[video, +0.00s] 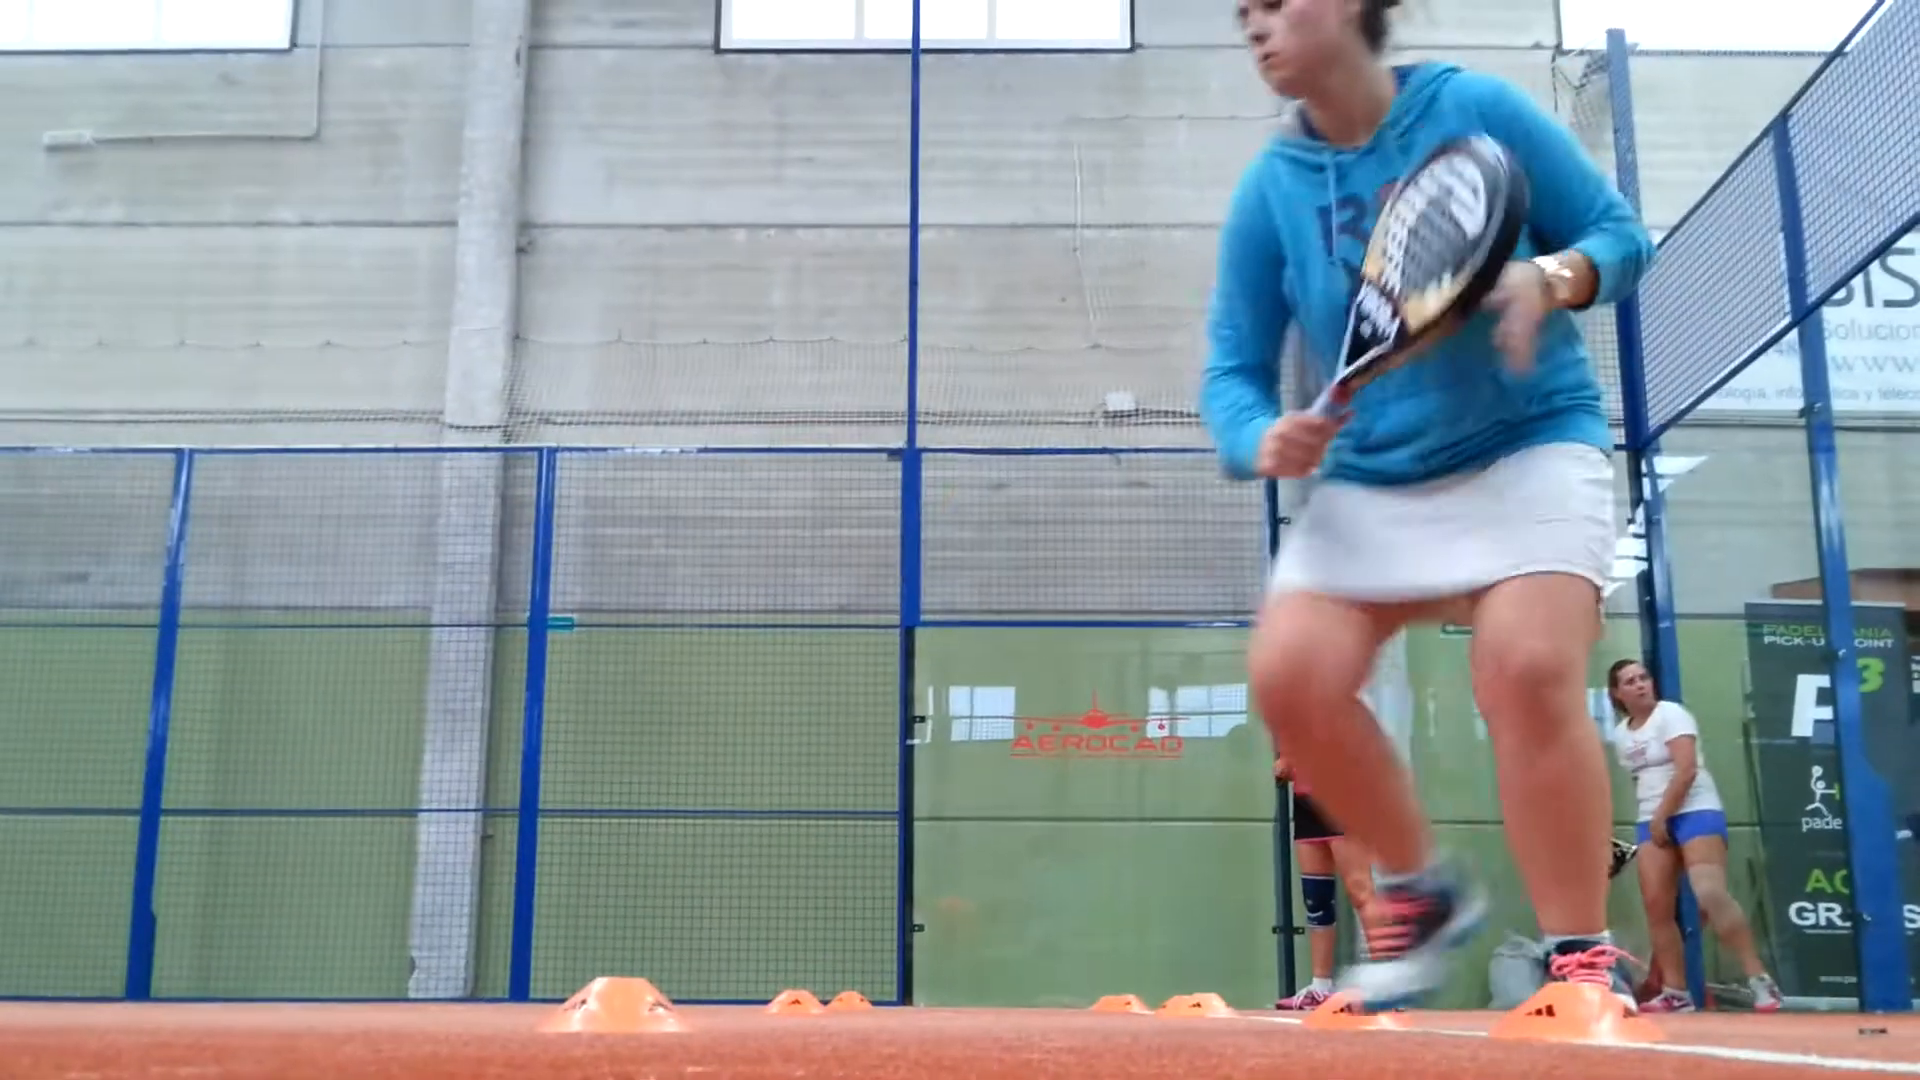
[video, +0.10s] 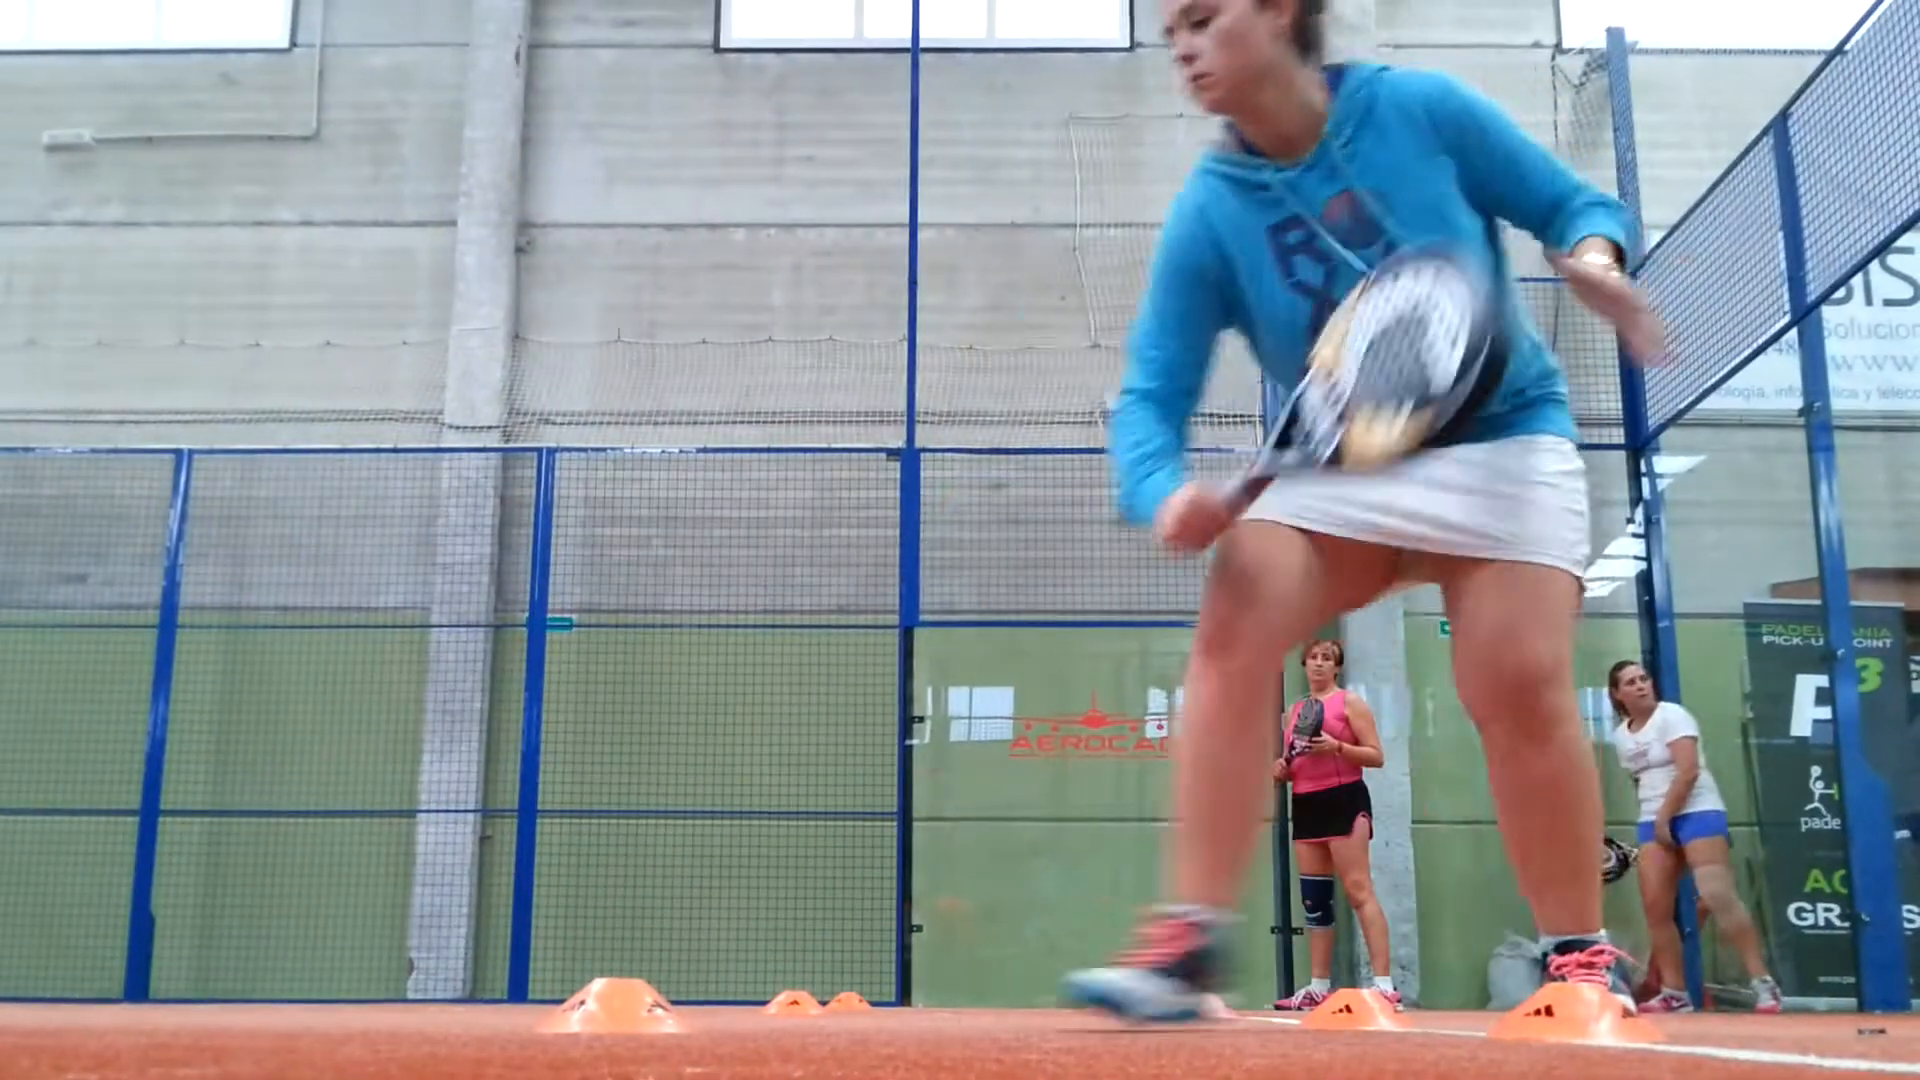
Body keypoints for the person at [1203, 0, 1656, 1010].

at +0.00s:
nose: (1254, 27)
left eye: (1278, 5)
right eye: (1247, 13)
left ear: (1358, 9)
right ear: (1252, 38)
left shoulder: (1475, 112)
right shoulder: (1268, 193)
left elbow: (1622, 235)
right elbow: (1229, 379)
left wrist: (1555, 277)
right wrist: (1260, 438)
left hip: (1529, 449)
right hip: (1368, 481)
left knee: (1527, 670)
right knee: (1288, 676)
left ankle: (1581, 965)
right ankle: (1420, 895)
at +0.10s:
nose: (1181, 49)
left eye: (1202, 21)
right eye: (1172, 34)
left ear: (1282, 15)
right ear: (1177, 54)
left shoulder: (1420, 108)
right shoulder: (1209, 214)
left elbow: (1574, 207)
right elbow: (1147, 401)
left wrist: (1587, 256)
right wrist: (1164, 494)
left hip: (1503, 441)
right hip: (1346, 469)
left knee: (1516, 673)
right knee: (1237, 597)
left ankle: (1581, 969)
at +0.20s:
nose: (1100, 92)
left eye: (1116, 52)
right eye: (1087, 71)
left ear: (1202, 34)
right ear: (1093, 85)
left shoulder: (1348, 122)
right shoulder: (1133, 252)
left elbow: (1509, 187)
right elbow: (1070, 430)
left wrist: (1606, 248)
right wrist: (1039, 590)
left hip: (1447, 437)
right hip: (1282, 466)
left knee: (1496, 683)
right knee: (1187, 673)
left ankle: (1574, 966)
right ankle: (1045, 958)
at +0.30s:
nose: (1026, 139)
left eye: (1041, 102)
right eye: (1012, 120)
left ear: (1129, 77)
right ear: (1025, 133)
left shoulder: (1284, 145)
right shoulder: (1074, 295)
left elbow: (1456, 181)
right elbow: (999, 487)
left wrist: (1615, 237)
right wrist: (924, 682)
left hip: (1378, 445)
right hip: (1210, 461)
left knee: (1460, 690)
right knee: (1131, 649)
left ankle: (1549, 955)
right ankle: (1042, 956)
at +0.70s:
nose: (1004, 85)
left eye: (1026, 48)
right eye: (995, 67)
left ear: (1119, 46)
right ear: (1007, 101)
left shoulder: (1273, 128)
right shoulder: (1050, 277)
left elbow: (1451, 171)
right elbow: (980, 470)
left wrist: (1620, 210)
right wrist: (887, 667)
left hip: (1389, 434)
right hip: (1211, 465)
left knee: (1525, 623)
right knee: (1126, 647)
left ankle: (1624, 877)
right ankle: (1046, 969)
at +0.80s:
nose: (1109, 23)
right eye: (1103, 4)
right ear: (1114, 31)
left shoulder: (1370, 84)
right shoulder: (1130, 212)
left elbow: (1535, 177)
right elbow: (1076, 430)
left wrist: (1707, 247)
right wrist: (1016, 588)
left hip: (1457, 437)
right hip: (1269, 465)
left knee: (1581, 600)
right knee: (1174, 658)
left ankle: (1752, 892)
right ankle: (1050, 972)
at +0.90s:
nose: (1270, 3)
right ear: (1261, 5)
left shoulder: (1494, 39)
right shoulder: (1251, 147)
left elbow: (1663, 164)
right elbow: (1240, 363)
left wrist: (1838, 251)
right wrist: (1193, 511)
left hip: (1558, 402)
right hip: (1366, 430)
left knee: (1628, 648)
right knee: (1261, 648)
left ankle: (1826, 950)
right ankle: (1064, 952)